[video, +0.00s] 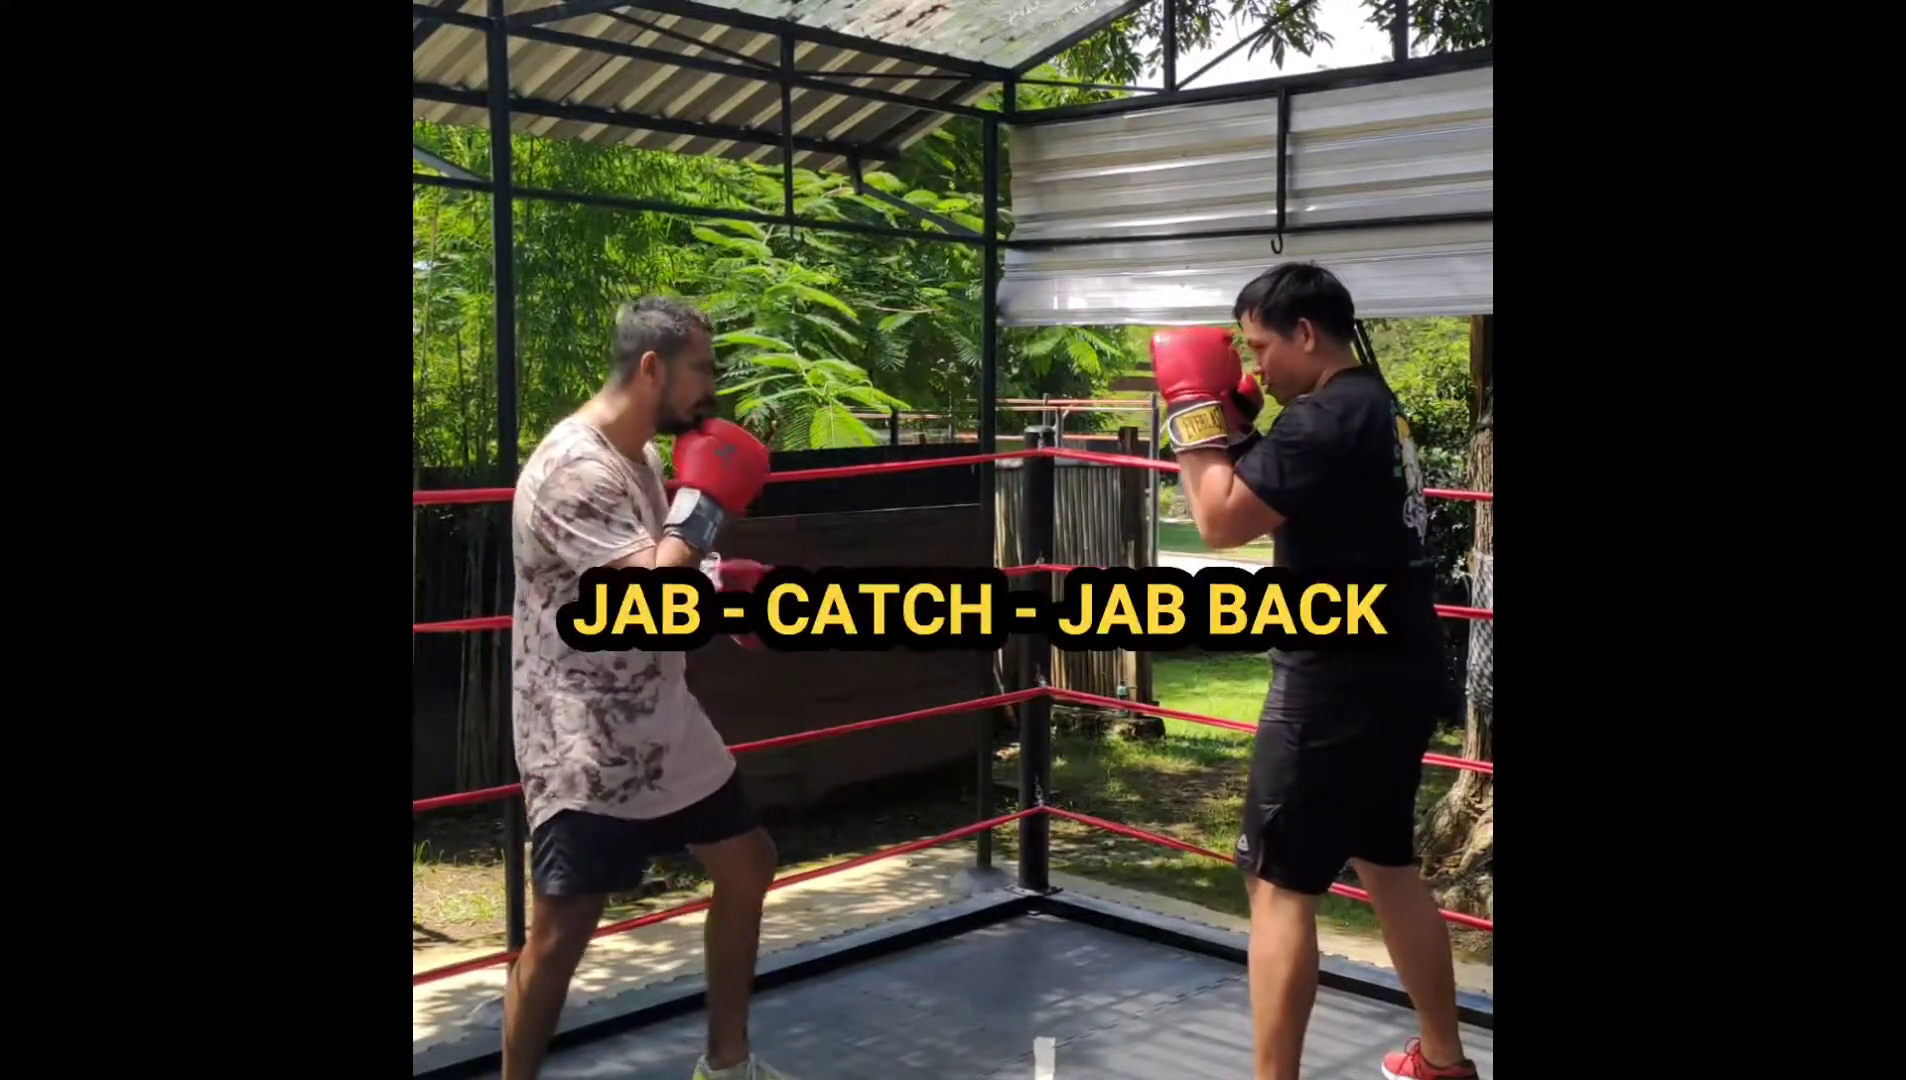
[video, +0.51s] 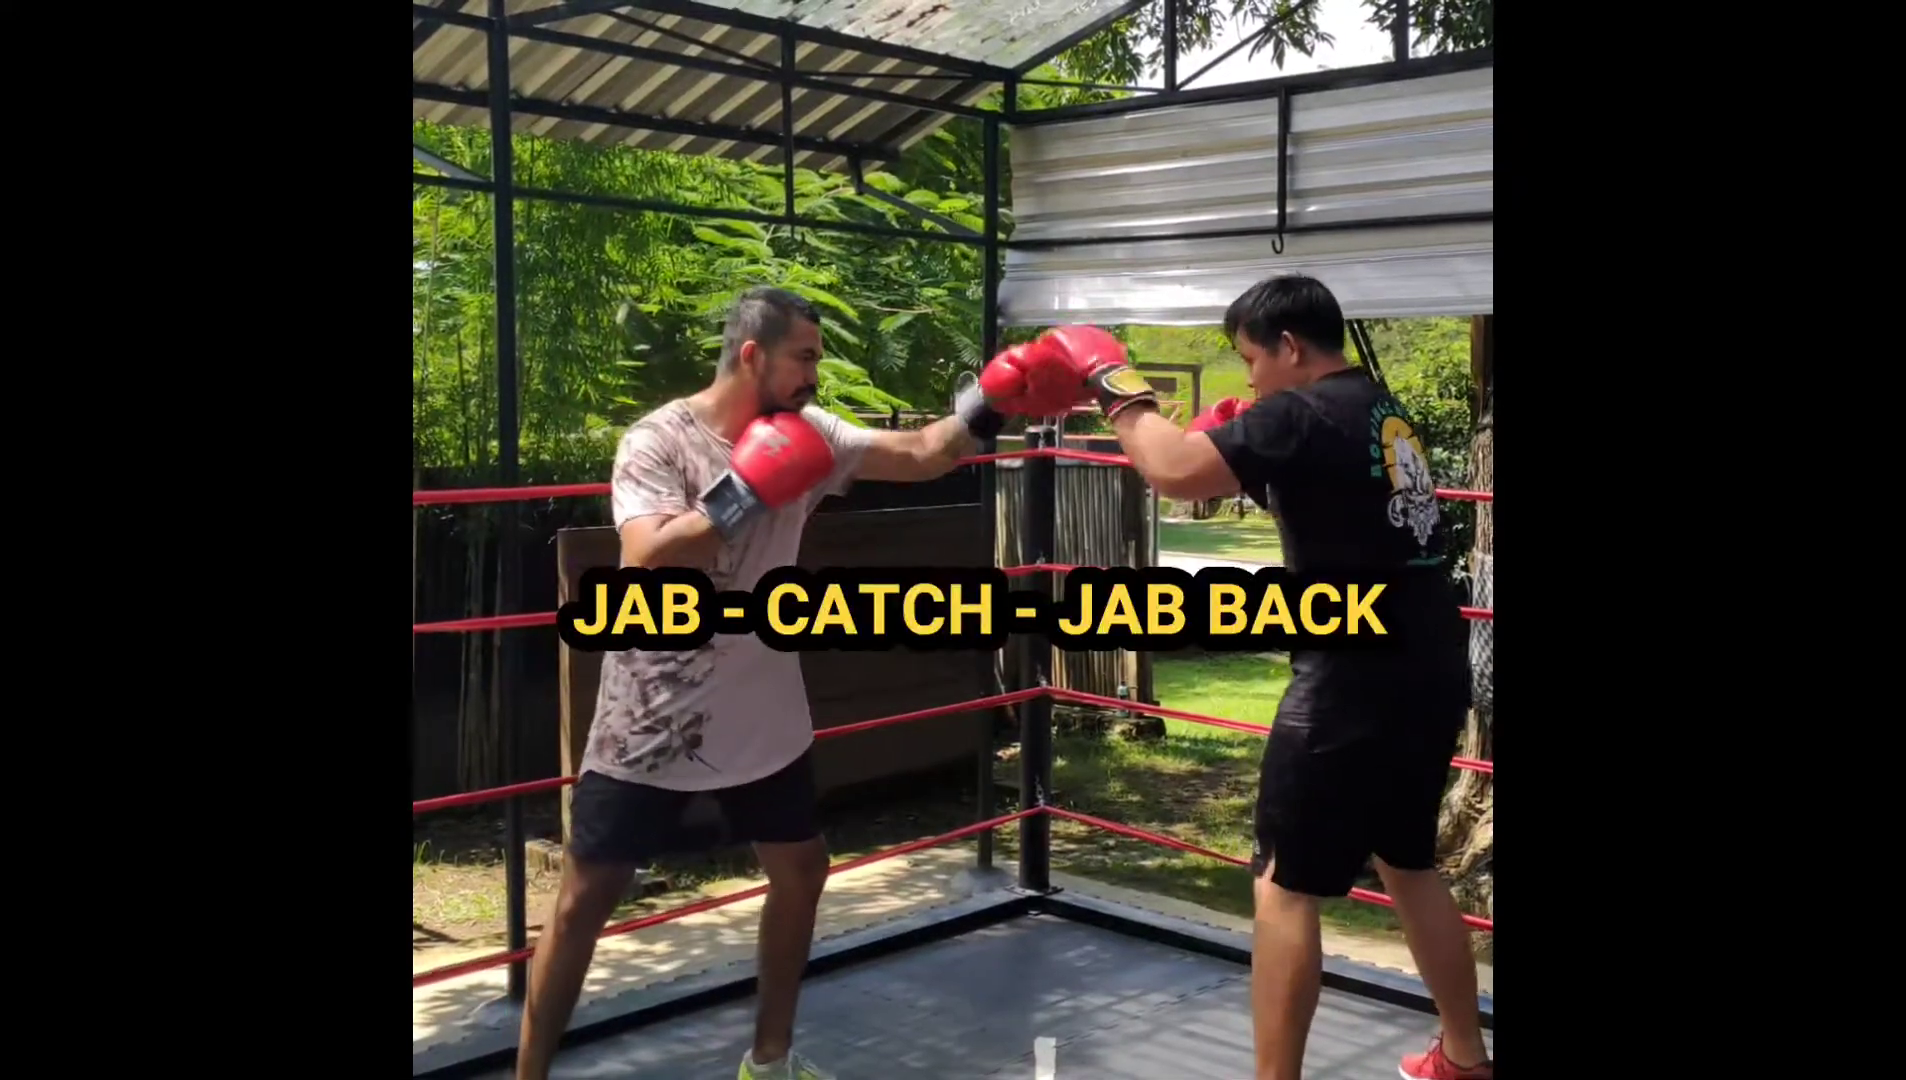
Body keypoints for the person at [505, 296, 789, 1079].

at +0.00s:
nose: (711, 387)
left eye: (712, 369)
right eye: (701, 368)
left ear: (650, 369)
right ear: (651, 366)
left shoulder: (643, 462)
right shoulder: (568, 468)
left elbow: (661, 575)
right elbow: (652, 588)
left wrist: (722, 599)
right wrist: (707, 500)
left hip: (665, 726)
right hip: (580, 742)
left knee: (746, 866)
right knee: (555, 938)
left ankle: (728, 1060)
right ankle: (516, 1077)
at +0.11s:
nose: (718, 393)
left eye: (719, 376)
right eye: (709, 375)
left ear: (657, 377)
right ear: (657, 374)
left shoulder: (657, 471)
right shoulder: (572, 477)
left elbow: (675, 580)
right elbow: (639, 595)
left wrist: (724, 618)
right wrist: (700, 517)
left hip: (676, 734)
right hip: (584, 751)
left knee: (769, 866)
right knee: (555, 943)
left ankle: (743, 1059)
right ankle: (517, 1077)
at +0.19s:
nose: (743, 381)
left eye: (745, 365)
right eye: (735, 364)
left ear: (688, 366)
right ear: (681, 362)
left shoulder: (697, 459)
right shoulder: (587, 461)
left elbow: (694, 561)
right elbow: (624, 585)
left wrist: (756, 555)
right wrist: (705, 511)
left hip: (702, 728)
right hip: (603, 743)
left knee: (767, 876)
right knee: (562, 933)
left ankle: (767, 1062)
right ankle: (517, 1076)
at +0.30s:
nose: (776, 367)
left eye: (778, 351)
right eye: (766, 350)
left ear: (721, 351)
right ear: (710, 346)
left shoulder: (746, 450)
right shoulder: (617, 441)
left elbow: (814, 513)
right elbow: (626, 551)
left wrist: (866, 487)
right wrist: (719, 486)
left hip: (735, 710)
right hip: (626, 720)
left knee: (775, 873)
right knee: (574, 912)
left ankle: (767, 1060)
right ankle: (521, 1074)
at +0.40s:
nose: (795, 367)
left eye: (798, 352)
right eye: (783, 350)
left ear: (760, 352)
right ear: (728, 346)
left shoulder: (790, 441)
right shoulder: (639, 437)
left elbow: (894, 467)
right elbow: (629, 547)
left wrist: (954, 419)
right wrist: (731, 486)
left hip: (749, 716)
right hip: (636, 722)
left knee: (788, 873)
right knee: (576, 907)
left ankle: (768, 1059)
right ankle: (525, 1074)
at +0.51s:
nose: (815, 376)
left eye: (818, 361)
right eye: (804, 358)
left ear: (775, 359)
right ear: (749, 353)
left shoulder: (809, 438)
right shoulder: (657, 439)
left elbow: (920, 450)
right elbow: (643, 553)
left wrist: (991, 402)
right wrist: (742, 492)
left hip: (763, 717)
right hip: (647, 719)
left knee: (801, 872)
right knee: (581, 903)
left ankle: (771, 1059)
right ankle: (528, 1073)